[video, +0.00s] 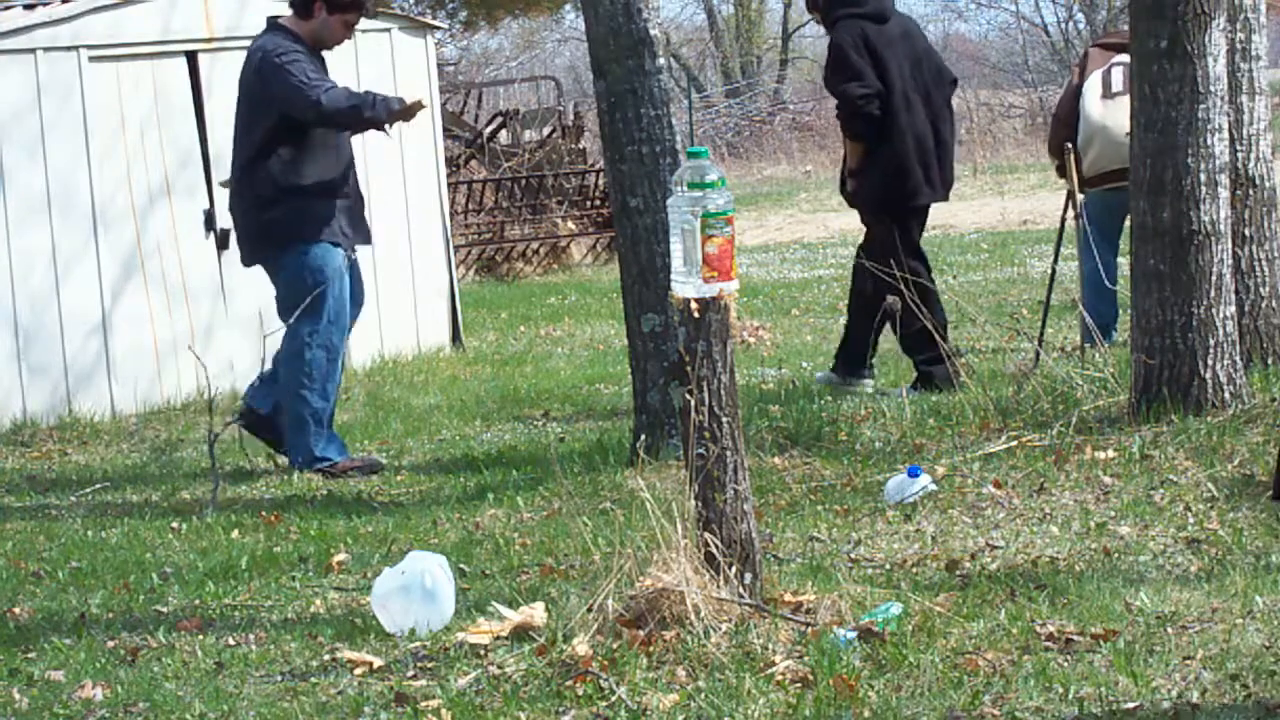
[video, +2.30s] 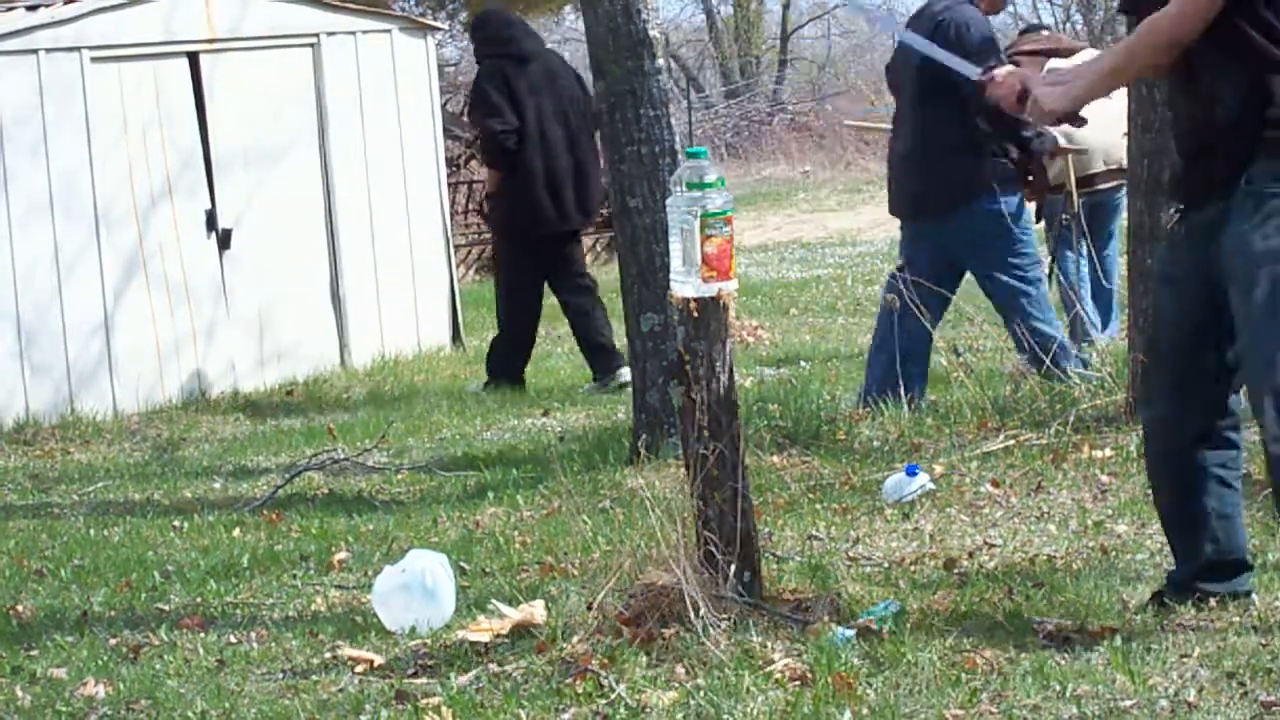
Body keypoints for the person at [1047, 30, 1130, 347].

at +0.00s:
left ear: (1112, 31)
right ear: (1147, 27)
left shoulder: (1094, 56)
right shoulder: (1163, 52)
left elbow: (1064, 114)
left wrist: (1062, 159)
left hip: (1104, 169)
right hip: (1157, 171)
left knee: (1097, 254)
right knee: (1160, 255)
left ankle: (1098, 339)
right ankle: (1164, 341)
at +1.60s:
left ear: (1059, 33)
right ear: (1097, 30)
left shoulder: (1044, 61)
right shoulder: (1122, 53)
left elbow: (1030, 126)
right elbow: (1149, 106)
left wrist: (1043, 177)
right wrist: (1147, 157)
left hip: (1080, 178)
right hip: (1133, 170)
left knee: (1083, 259)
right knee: (1150, 254)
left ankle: (1089, 339)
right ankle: (1162, 334)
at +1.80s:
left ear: (1037, 35)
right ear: (1073, 30)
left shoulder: (1026, 62)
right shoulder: (1108, 51)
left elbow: (1018, 129)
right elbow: (1140, 101)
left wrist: (1036, 183)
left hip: (1072, 177)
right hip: (1126, 166)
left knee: (1079, 264)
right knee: (1148, 250)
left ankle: (1088, 342)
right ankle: (1169, 328)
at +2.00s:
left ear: (1021, 38)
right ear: (1058, 30)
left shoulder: (1016, 65)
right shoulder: (1093, 50)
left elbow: (1014, 132)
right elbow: (1130, 96)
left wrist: (1025, 181)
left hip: (1064, 177)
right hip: (1120, 163)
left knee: (1075, 255)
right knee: (1122, 216)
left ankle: (1087, 341)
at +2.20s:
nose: (1017, 13)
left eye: (1018, 8)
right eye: (1020, 6)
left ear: (1025, 15)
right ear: (1054, 11)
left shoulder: (1016, 58)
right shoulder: (1096, 37)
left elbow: (1010, 126)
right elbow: (1125, 95)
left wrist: (1024, 180)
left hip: (1059, 171)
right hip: (1114, 159)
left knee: (1072, 251)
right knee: (1110, 236)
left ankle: (1086, 333)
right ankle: (1114, 315)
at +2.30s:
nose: (1017, 75)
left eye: (1018, 66)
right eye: (1015, 67)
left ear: (1028, 57)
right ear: (1056, 44)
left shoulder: (1026, 79)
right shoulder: (1099, 60)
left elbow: (1024, 133)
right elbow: (1126, 117)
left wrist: (1032, 179)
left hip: (1064, 170)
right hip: (1115, 162)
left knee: (1068, 249)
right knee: (1105, 245)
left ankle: (1085, 331)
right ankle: (1107, 325)